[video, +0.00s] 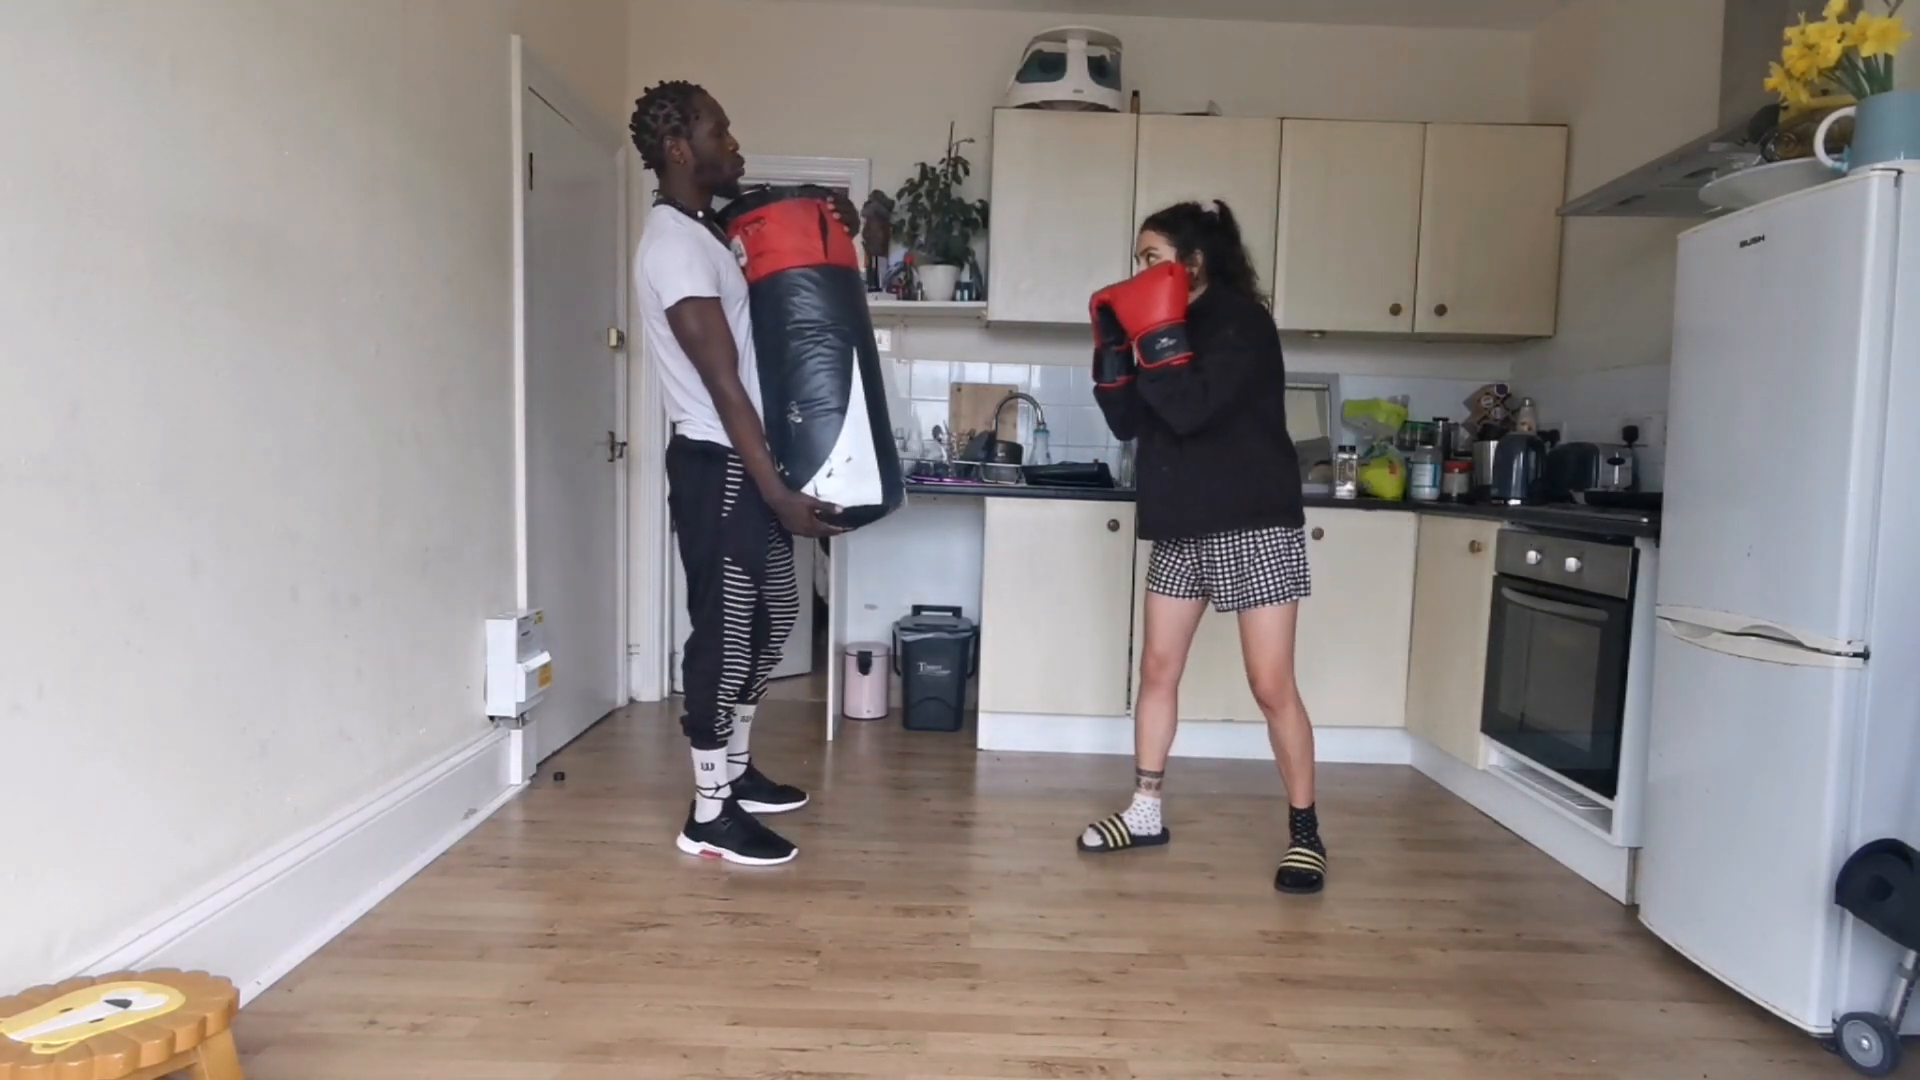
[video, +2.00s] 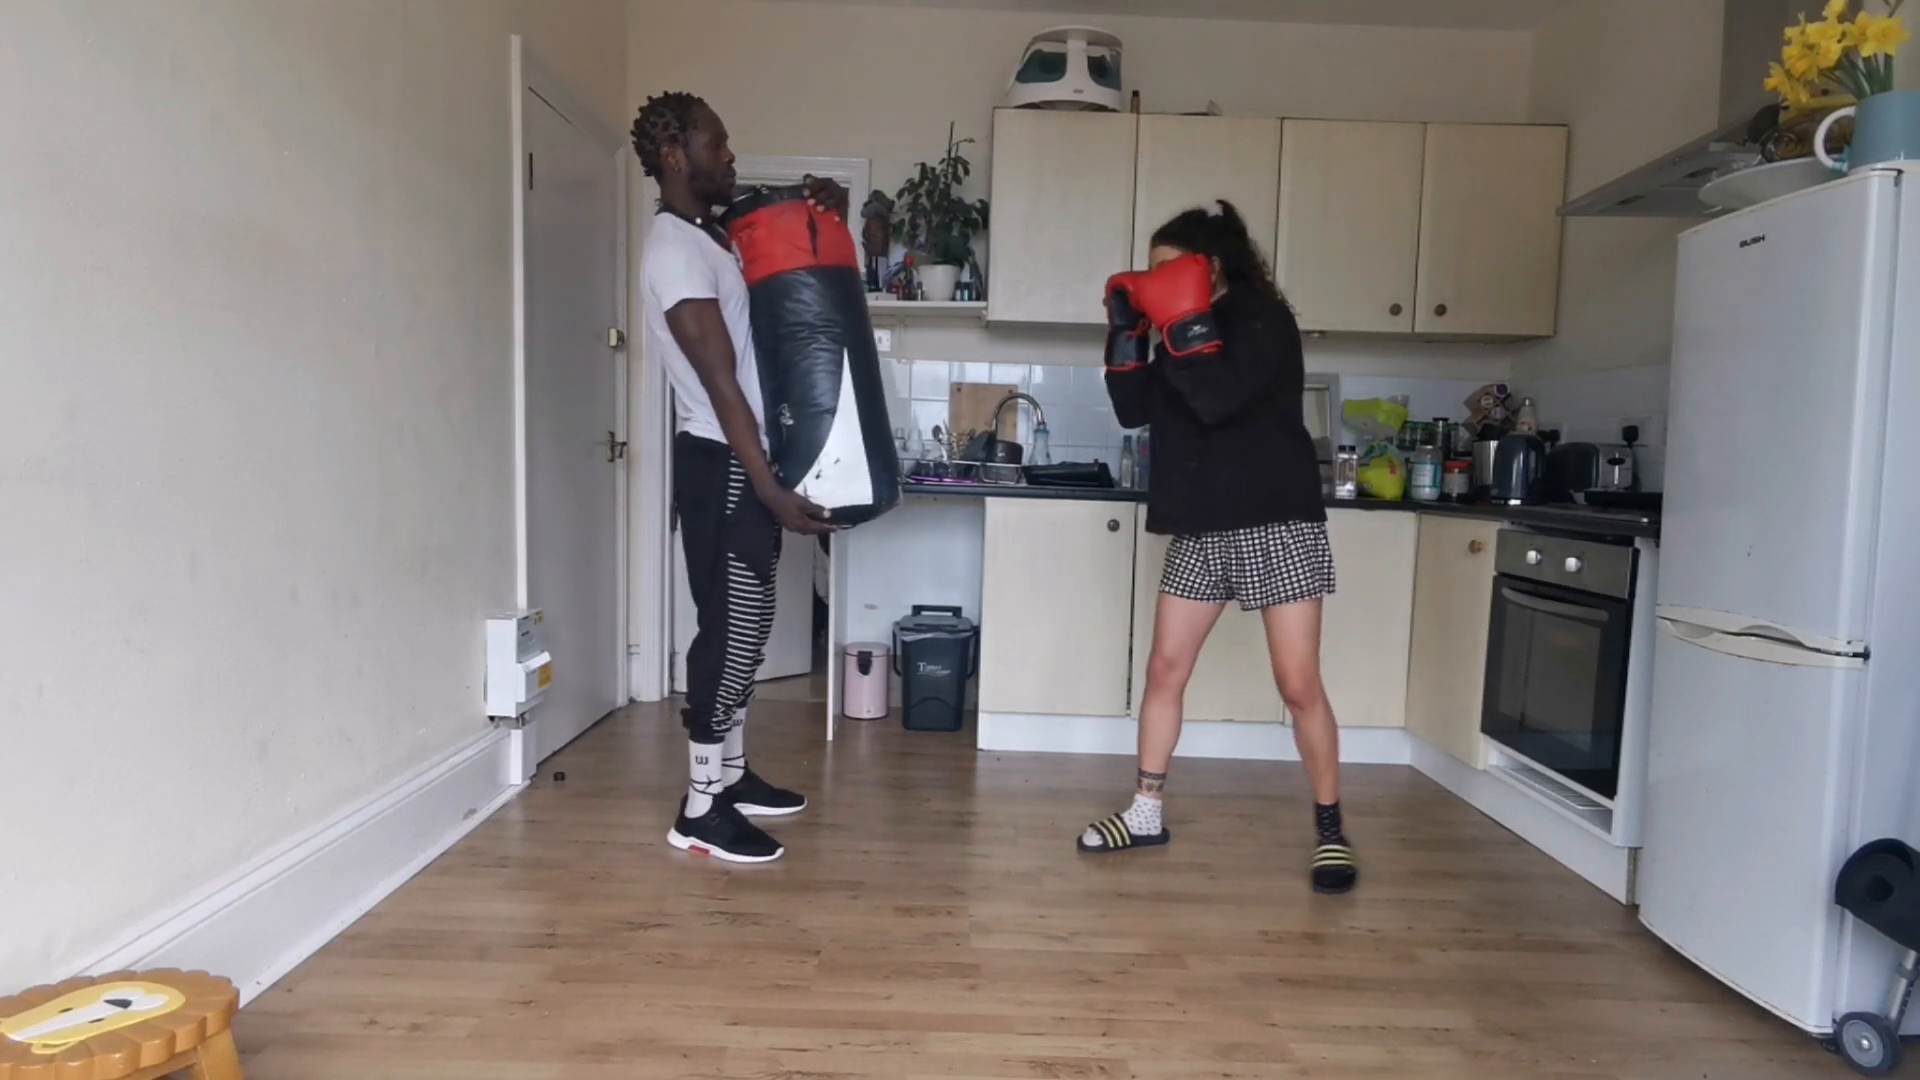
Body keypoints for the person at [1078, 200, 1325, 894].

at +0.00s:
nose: (1143, 270)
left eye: (1153, 258)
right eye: (1139, 259)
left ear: (1197, 259)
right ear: (1156, 265)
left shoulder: (1242, 320)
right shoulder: (1162, 326)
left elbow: (1191, 410)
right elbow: (1127, 422)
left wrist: (1159, 332)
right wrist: (1111, 342)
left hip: (1257, 518)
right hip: (1180, 520)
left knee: (1272, 686)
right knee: (1158, 668)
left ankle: (1304, 834)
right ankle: (1146, 810)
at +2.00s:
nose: (1159, 283)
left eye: (1170, 270)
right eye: (1155, 273)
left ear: (1212, 264)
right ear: (1164, 275)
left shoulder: (1264, 318)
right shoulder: (1177, 328)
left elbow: (1217, 401)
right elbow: (1131, 408)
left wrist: (1183, 328)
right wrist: (1124, 329)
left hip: (1279, 519)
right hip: (1201, 521)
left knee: (1300, 686)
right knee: (1165, 668)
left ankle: (1329, 828)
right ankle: (1146, 810)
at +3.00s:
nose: (1148, 307)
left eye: (1159, 292)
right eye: (1146, 295)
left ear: (1200, 288)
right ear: (1158, 299)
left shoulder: (1260, 345)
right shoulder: (1162, 361)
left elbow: (1237, 429)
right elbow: (1130, 434)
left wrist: (1195, 354)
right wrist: (1090, 403)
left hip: (1297, 526)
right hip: (1214, 535)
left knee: (1341, 687)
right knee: (1137, 663)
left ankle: (1380, 834)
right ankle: (1065, 780)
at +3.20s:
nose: (1094, 358)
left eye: (1105, 347)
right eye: (1093, 348)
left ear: (1148, 344)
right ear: (1118, 349)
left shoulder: (1199, 394)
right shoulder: (1117, 404)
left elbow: (1172, 483)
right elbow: (1035, 420)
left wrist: (1128, 415)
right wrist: (951, 405)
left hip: (1257, 557)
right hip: (1175, 563)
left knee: (1317, 706)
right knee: (1092, 659)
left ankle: (1395, 812)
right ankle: (1066, 795)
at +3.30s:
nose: (1112, 353)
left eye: (1126, 341)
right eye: (1114, 341)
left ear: (1170, 347)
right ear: (1137, 343)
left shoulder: (1216, 398)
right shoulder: (1131, 396)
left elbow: (1173, 493)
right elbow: (1065, 438)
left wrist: (1146, 421)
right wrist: (1003, 433)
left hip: (1255, 558)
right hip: (1176, 561)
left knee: (1311, 709)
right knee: (1094, 656)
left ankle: (1397, 805)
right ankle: (1065, 794)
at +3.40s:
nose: (1196, 346)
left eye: (1210, 334)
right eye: (1195, 333)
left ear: (1255, 341)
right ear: (1200, 333)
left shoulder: (1282, 402)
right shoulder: (1210, 394)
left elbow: (1225, 493)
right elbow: (1190, 468)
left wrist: (1214, 417)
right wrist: (1139, 444)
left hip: (1271, 572)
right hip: (1189, 563)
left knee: (1317, 721)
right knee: (1107, 661)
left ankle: (1391, 819)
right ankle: (1069, 792)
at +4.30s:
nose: (1157, 300)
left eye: (1168, 288)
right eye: (1155, 289)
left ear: (1211, 290)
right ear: (1165, 295)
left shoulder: (1250, 348)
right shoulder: (1165, 353)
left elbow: (1220, 429)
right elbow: (1133, 429)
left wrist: (1189, 360)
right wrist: (1098, 405)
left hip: (1258, 530)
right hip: (1181, 530)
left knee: (1299, 682)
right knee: (1101, 653)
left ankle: (1340, 801)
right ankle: (1035, 771)